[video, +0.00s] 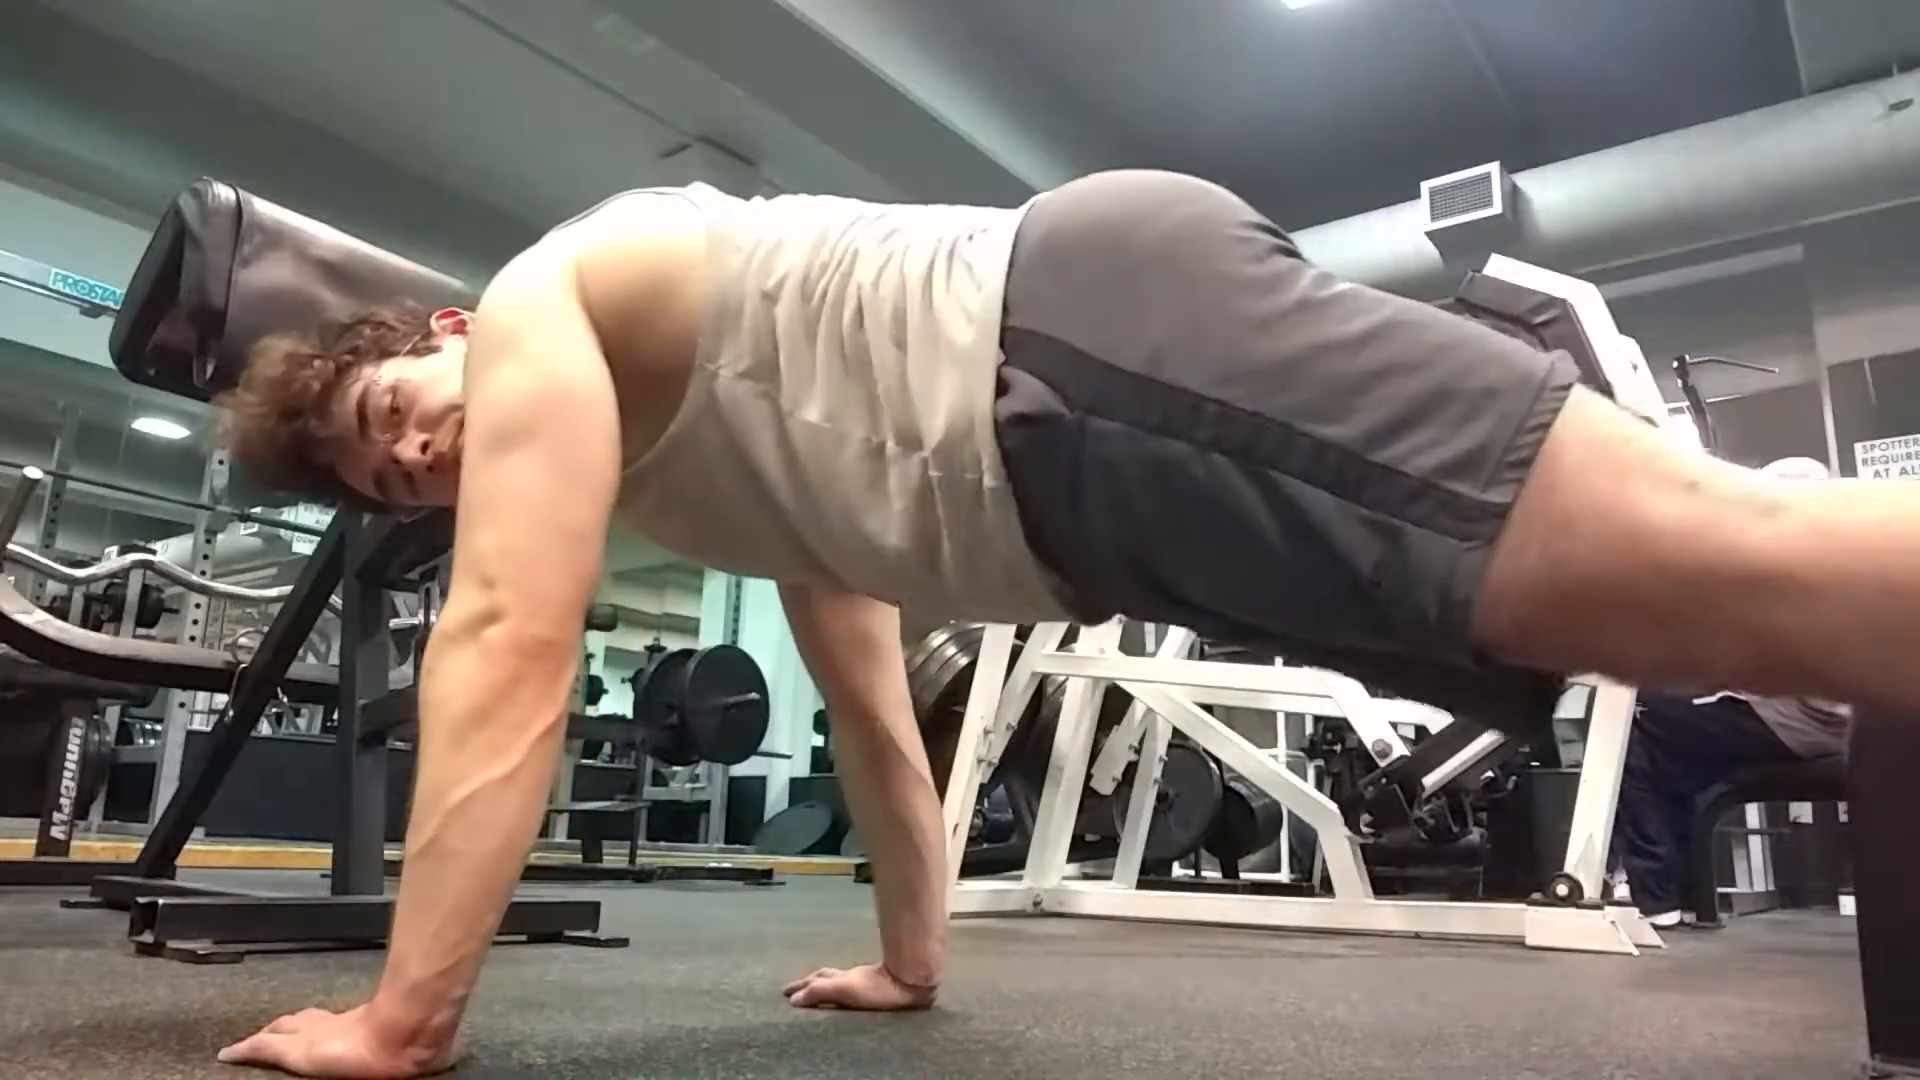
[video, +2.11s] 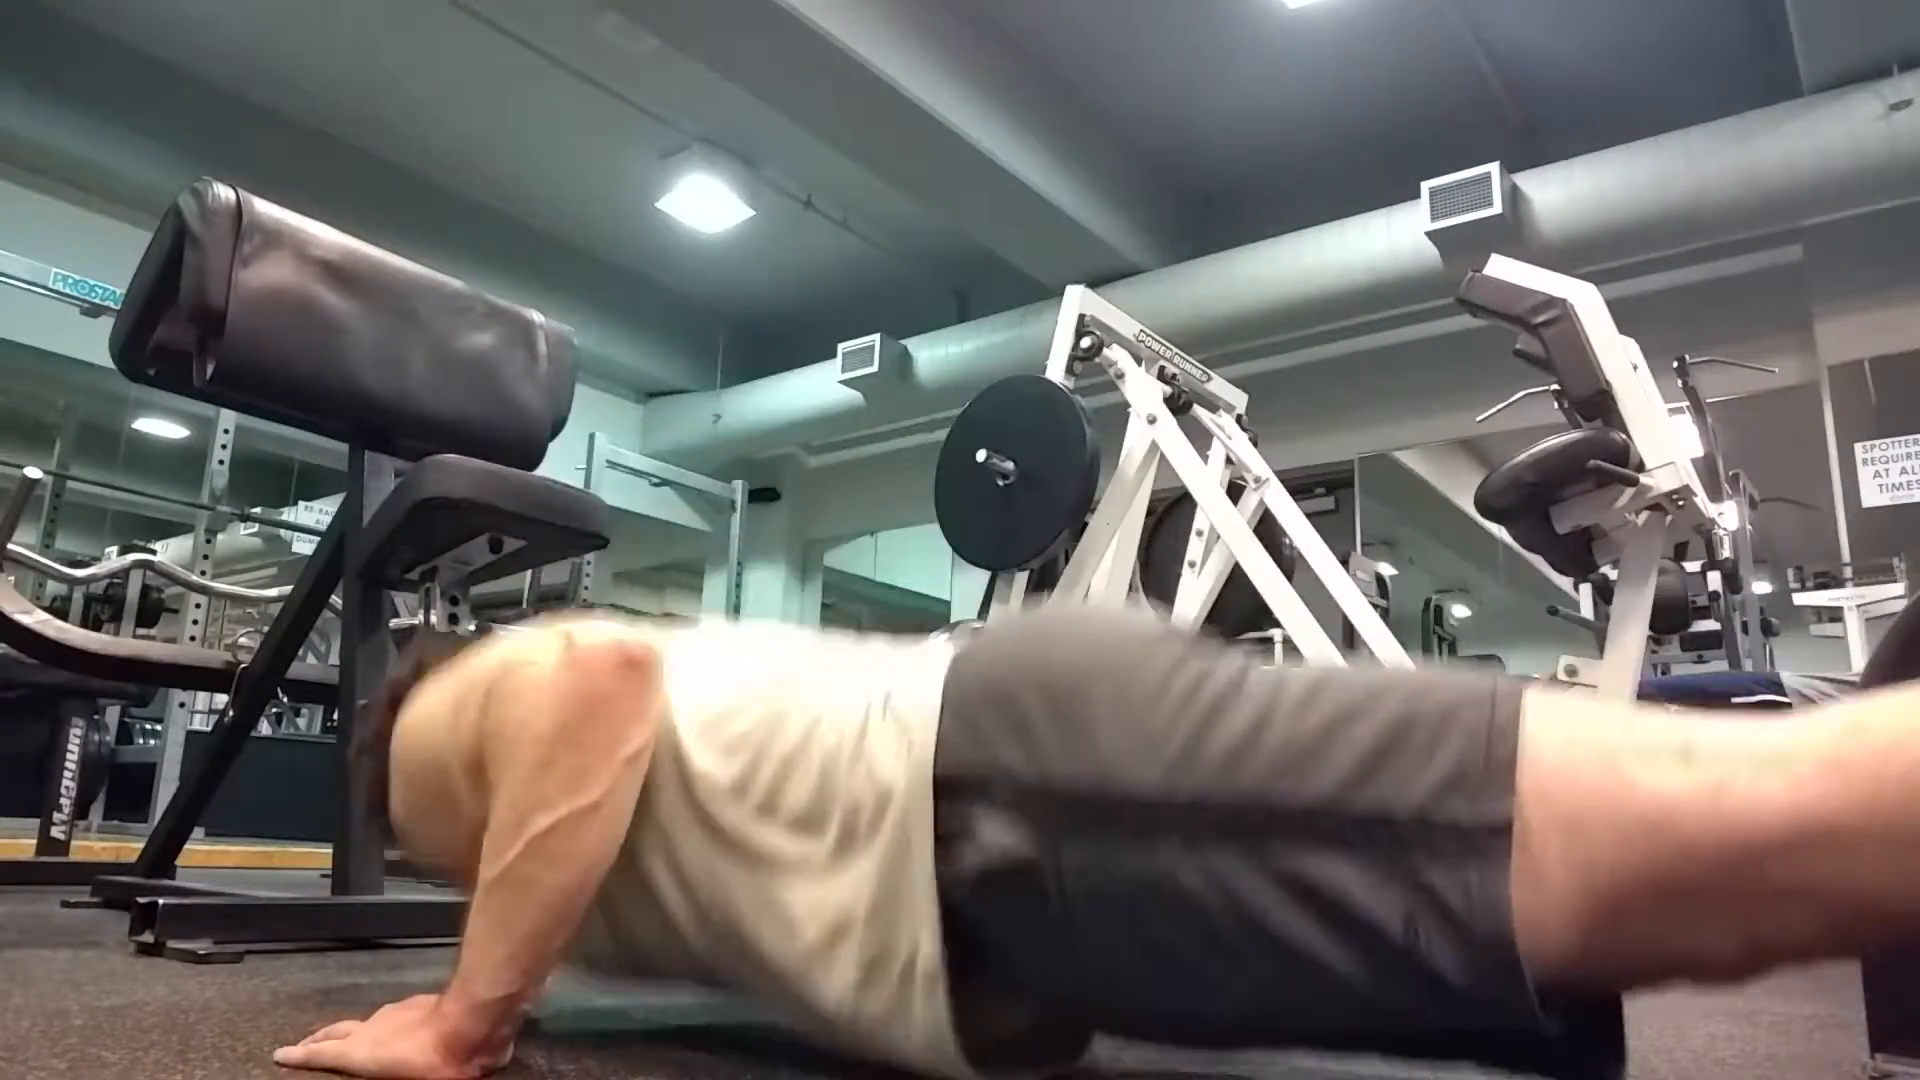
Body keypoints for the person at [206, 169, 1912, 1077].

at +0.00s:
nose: (381, 459)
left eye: (358, 408)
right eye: (344, 473)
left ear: (413, 315)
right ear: (367, 477)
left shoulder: (537, 314)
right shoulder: (724, 422)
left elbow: (508, 647)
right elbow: (869, 695)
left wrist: (403, 1014)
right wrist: (916, 955)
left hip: (1088, 356)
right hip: (1112, 477)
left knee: (1717, 563)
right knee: (1696, 610)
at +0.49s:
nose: (525, 502)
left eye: (506, 464)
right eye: (506, 484)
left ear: (511, 381)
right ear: (552, 407)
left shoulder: (612, 321)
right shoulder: (788, 452)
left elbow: (535, 654)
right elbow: (907, 683)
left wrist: (405, 1013)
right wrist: (928, 959)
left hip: (1221, 369)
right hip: (1230, 560)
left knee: (1844, 590)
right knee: (1831, 700)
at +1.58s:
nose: (433, 596)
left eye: (426, 564)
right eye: (425, 580)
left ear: (444, 492)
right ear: (556, 424)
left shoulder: (534, 492)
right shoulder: (720, 498)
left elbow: (611, 676)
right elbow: (985, 733)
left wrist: (469, 1010)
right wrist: (924, 975)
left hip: (1108, 601)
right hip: (1119, 666)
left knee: (1819, 692)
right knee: (1782, 766)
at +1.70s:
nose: (410, 701)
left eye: (400, 662)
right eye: (401, 682)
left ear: (422, 589)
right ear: (522, 530)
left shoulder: (492, 585)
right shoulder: (653, 573)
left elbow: (601, 693)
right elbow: (908, 704)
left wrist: (464, 1018)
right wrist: (933, 959)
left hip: (1064, 692)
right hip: (1079, 735)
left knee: (1765, 757)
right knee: (1741, 796)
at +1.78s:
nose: (408, 720)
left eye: (402, 679)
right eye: (409, 703)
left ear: (425, 604)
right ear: (528, 561)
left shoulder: (481, 619)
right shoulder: (649, 606)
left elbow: (598, 694)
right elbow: (896, 727)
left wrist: (461, 1020)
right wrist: (934, 957)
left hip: (1048, 716)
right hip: (1064, 811)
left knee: (1759, 788)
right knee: (1741, 818)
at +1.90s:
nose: (431, 849)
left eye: (408, 830)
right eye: (426, 828)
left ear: (403, 759)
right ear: (458, 717)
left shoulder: (447, 721)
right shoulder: (544, 755)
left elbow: (607, 697)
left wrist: (458, 1014)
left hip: (1020, 796)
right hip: (1034, 850)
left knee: (1718, 842)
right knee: (1709, 853)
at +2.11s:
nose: (436, 852)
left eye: (410, 833)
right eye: (430, 832)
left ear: (410, 750)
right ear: (450, 754)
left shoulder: (451, 711)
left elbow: (602, 691)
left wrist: (461, 1013)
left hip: (1006, 801)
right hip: (1012, 870)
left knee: (1734, 844)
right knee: (1722, 851)